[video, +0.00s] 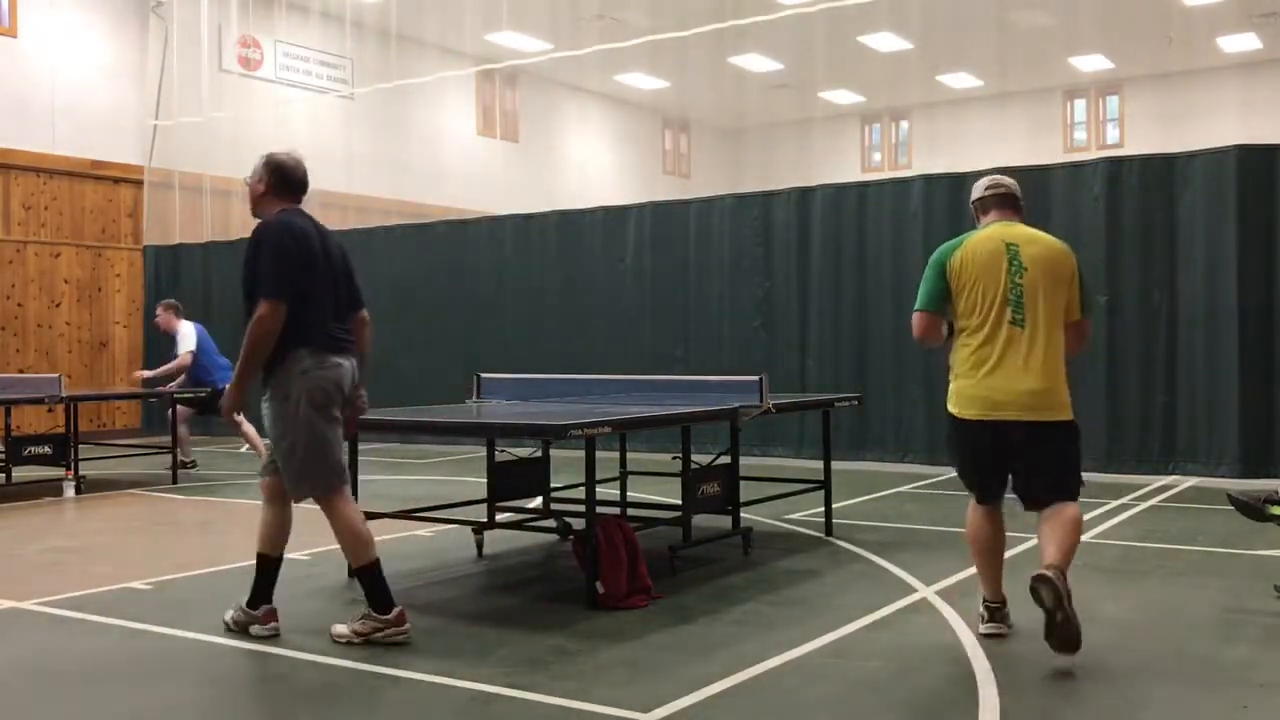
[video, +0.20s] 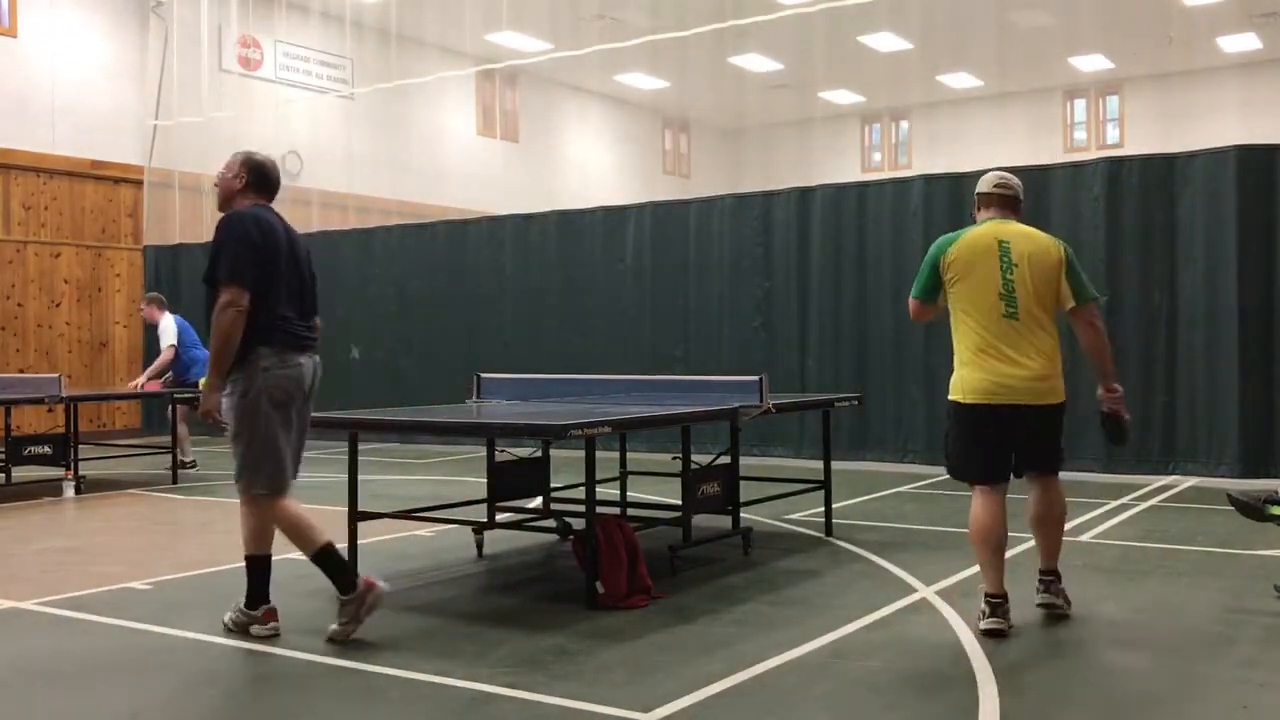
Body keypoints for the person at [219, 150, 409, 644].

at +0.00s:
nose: (248, 192)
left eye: (251, 184)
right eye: (250, 183)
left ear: (264, 187)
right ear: (296, 190)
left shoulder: (271, 232)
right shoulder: (326, 237)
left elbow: (270, 313)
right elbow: (360, 318)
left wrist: (237, 386)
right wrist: (357, 382)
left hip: (302, 369)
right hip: (337, 366)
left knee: (332, 493)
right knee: (275, 486)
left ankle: (384, 610)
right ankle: (258, 607)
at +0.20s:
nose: (216, 179)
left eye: (223, 171)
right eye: (220, 171)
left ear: (240, 177)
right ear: (261, 186)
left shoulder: (239, 222)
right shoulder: (286, 230)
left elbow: (233, 304)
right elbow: (308, 320)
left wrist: (212, 384)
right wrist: (300, 374)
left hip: (266, 365)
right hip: (299, 362)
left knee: (264, 492)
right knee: (257, 489)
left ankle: (353, 587)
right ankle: (257, 607)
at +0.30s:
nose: (203, 179)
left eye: (210, 171)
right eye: (207, 171)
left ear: (229, 179)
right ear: (244, 185)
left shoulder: (226, 222)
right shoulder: (269, 229)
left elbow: (221, 302)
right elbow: (279, 309)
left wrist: (198, 384)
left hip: (251, 365)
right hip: (284, 363)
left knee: (219, 489)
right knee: (246, 489)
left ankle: (314, 577)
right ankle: (256, 609)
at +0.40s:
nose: (187, 177)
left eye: (194, 169)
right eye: (192, 169)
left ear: (213, 175)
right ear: (232, 182)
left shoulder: (213, 222)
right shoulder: (259, 229)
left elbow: (210, 303)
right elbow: (266, 308)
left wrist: (184, 381)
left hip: (234, 366)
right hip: (273, 366)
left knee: (180, 482)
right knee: (243, 486)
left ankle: (251, 581)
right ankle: (259, 612)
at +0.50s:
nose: (172, 179)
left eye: (178, 171)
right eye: (175, 171)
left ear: (198, 176)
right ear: (217, 183)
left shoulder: (193, 223)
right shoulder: (247, 231)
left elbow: (192, 305)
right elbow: (253, 309)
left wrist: (169, 384)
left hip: (209, 368)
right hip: (256, 367)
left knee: (153, 480)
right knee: (236, 487)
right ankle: (257, 607)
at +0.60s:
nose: (155, 182)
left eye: (160, 174)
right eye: (159, 174)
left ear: (175, 178)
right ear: (207, 185)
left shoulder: (166, 228)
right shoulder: (236, 237)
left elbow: (166, 309)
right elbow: (240, 310)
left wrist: (148, 386)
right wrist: (150, 311)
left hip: (181, 372)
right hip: (236, 373)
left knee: (130, 491)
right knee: (230, 491)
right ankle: (257, 607)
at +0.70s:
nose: (135, 192)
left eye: (138, 184)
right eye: (141, 184)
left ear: (146, 186)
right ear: (186, 193)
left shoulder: (131, 234)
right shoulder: (216, 243)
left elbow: (129, 317)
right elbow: (230, 327)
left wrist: (118, 397)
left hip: (150, 384)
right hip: (211, 382)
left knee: (101, 501)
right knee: (218, 497)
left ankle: (58, 624)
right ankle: (255, 609)